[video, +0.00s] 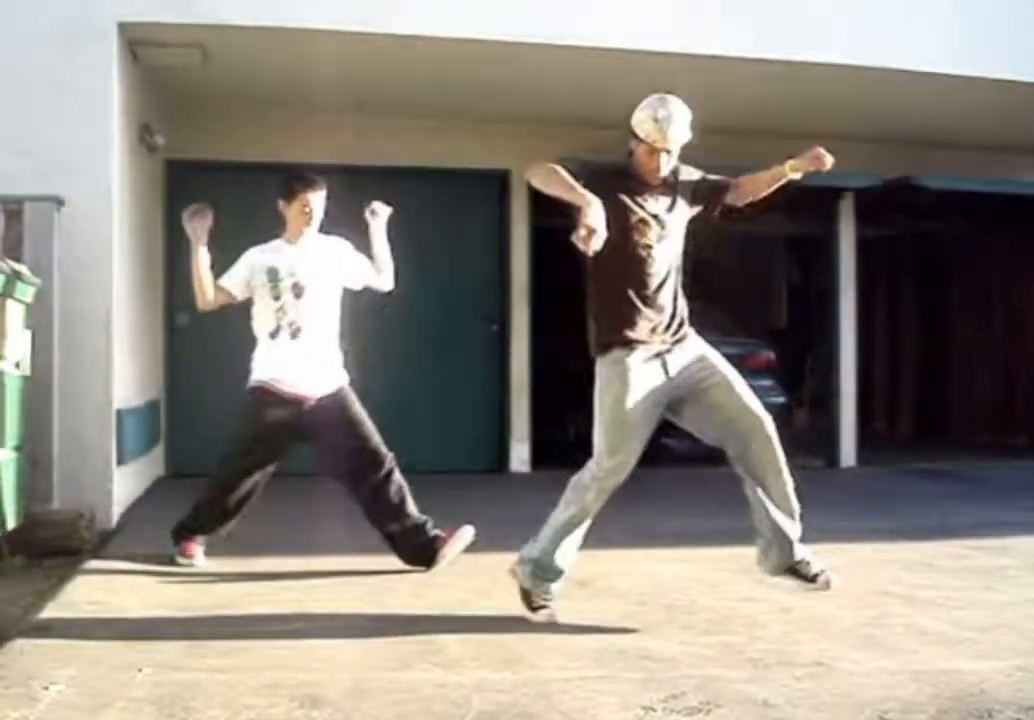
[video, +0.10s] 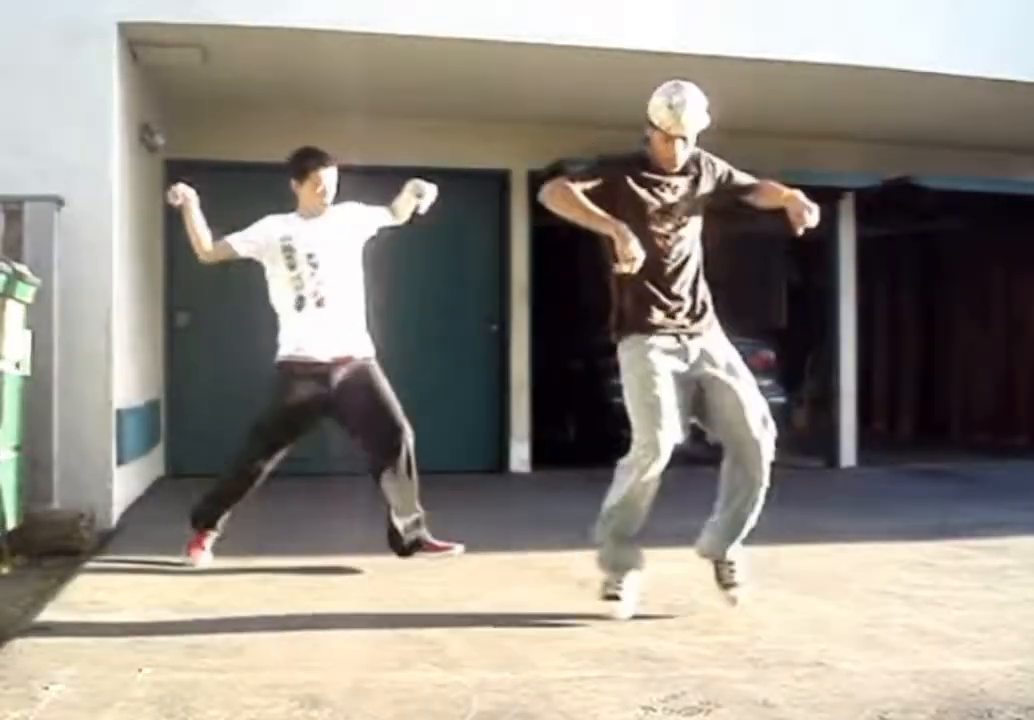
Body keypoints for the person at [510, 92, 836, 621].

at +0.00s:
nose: (660, 163)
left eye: (671, 153)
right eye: (652, 150)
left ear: (681, 150)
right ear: (634, 141)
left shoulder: (683, 184)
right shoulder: (608, 189)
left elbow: (738, 193)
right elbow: (537, 172)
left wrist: (791, 168)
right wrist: (588, 203)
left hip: (683, 345)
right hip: (627, 357)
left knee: (755, 429)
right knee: (611, 466)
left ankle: (785, 553)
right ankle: (536, 570)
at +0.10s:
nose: (675, 149)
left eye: (685, 139)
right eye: (666, 137)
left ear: (698, 133)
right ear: (650, 129)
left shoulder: (704, 169)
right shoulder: (623, 176)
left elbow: (750, 189)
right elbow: (553, 193)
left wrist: (790, 196)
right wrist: (614, 229)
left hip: (703, 332)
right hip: (646, 337)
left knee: (755, 438)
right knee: (655, 445)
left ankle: (722, 545)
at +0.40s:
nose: (712, 165)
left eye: (722, 154)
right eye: (705, 154)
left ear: (737, 147)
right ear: (690, 145)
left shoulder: (760, 197)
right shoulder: (661, 199)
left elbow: (803, 254)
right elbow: (633, 252)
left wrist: (781, 316)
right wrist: (643, 308)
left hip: (748, 359)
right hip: (686, 359)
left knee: (748, 479)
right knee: (717, 473)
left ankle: (689, 555)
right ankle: (765, 582)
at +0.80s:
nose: (725, 161)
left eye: (736, 152)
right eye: (718, 150)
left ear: (754, 145)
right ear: (705, 139)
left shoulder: (773, 187)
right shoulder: (674, 187)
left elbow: (835, 238)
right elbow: (619, 243)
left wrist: (799, 236)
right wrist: (675, 246)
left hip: (751, 352)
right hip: (687, 344)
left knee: (784, 467)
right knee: (674, 454)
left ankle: (823, 584)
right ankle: (623, 593)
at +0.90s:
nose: (713, 151)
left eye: (724, 142)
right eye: (706, 140)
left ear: (739, 136)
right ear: (690, 127)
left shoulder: (747, 175)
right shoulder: (657, 169)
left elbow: (788, 234)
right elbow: (608, 231)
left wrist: (733, 241)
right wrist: (680, 227)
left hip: (724, 336)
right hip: (664, 329)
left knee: (740, 452)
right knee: (671, 447)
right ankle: (695, 580)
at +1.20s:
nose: (649, 154)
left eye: (660, 146)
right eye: (642, 142)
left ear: (672, 143)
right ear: (625, 130)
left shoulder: (678, 181)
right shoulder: (586, 172)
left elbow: (718, 245)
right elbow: (535, 214)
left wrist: (714, 303)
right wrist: (592, 241)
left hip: (666, 346)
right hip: (608, 343)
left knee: (679, 465)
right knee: (619, 462)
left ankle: (640, 569)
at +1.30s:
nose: (633, 145)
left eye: (643, 135)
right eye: (625, 132)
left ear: (655, 133)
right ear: (607, 121)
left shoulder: (659, 172)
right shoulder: (569, 165)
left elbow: (688, 230)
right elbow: (509, 217)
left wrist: (686, 302)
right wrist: (547, 275)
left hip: (651, 340)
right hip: (589, 341)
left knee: (702, 445)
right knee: (584, 458)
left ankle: (694, 566)